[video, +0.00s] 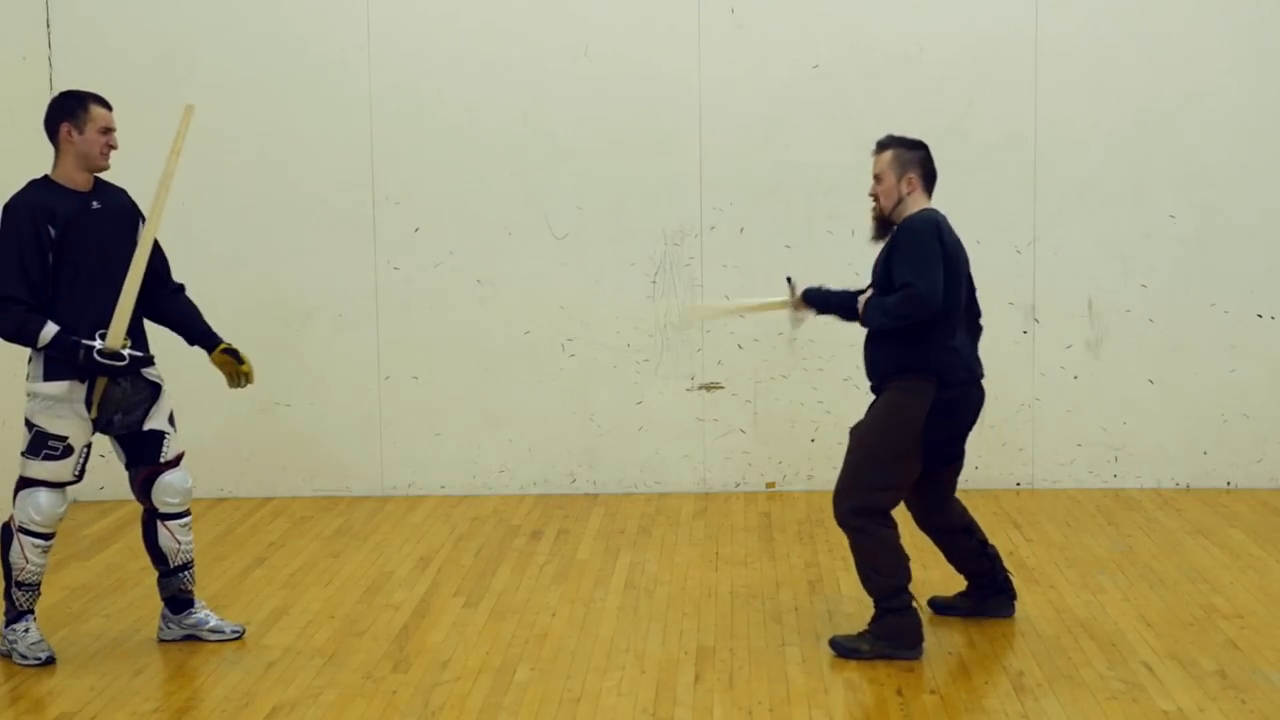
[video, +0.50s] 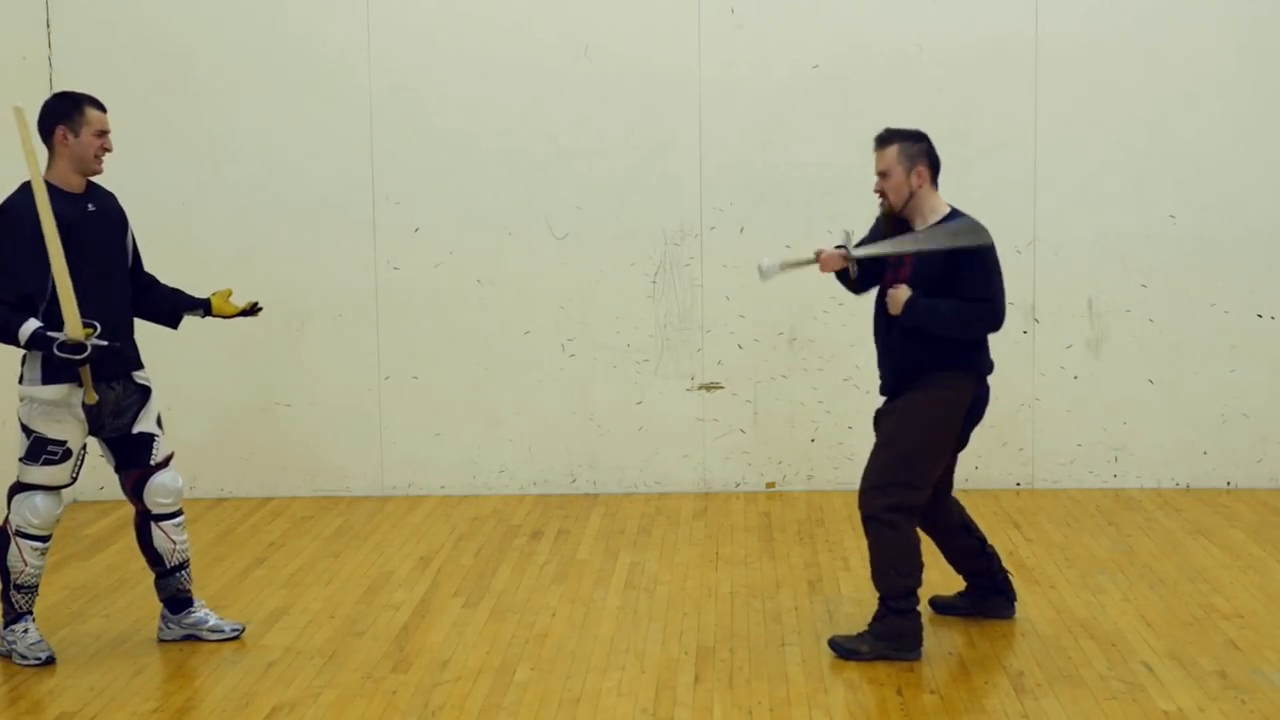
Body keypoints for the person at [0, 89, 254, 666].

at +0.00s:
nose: (114, 142)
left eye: (114, 133)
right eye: (104, 132)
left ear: (85, 136)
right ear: (68, 134)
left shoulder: (122, 207)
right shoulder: (28, 210)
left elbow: (158, 290)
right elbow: (8, 310)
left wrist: (212, 343)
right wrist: (76, 348)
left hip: (133, 372)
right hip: (61, 376)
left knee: (170, 489)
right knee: (42, 503)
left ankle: (181, 611)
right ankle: (19, 622)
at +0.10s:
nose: (113, 143)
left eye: (113, 133)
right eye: (104, 133)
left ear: (85, 136)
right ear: (67, 134)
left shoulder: (115, 206)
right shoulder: (26, 211)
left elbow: (148, 291)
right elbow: (7, 313)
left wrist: (204, 339)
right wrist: (74, 350)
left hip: (130, 373)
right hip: (57, 378)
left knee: (167, 490)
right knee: (40, 503)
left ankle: (180, 611)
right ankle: (19, 623)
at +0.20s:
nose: (110, 144)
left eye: (111, 134)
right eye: (101, 134)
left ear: (86, 137)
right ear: (65, 135)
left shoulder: (112, 209)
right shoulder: (25, 210)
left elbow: (141, 301)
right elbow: (6, 311)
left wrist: (196, 332)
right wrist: (58, 344)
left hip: (125, 373)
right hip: (55, 376)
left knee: (162, 490)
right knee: (39, 503)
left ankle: (180, 611)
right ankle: (17, 622)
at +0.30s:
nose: (108, 145)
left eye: (109, 135)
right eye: (99, 135)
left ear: (85, 138)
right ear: (63, 135)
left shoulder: (107, 207)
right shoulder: (22, 209)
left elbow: (135, 293)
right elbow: (4, 309)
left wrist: (199, 315)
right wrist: (48, 337)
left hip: (120, 373)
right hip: (53, 379)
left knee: (159, 487)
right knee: (37, 502)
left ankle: (180, 611)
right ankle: (16, 622)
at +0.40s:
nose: (107, 145)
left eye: (108, 135)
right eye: (98, 135)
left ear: (79, 137)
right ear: (61, 136)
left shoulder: (105, 206)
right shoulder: (19, 210)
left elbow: (135, 288)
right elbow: (4, 309)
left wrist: (203, 304)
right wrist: (43, 335)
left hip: (119, 372)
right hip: (53, 378)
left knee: (156, 488)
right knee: (38, 502)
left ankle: (180, 611)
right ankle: (16, 622)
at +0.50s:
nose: (108, 145)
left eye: (108, 135)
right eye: (99, 135)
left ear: (80, 137)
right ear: (62, 136)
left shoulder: (106, 205)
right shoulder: (20, 211)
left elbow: (135, 287)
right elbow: (5, 310)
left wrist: (204, 305)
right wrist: (46, 338)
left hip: (120, 372)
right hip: (54, 377)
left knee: (159, 487)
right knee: (39, 502)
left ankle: (180, 611)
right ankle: (16, 622)